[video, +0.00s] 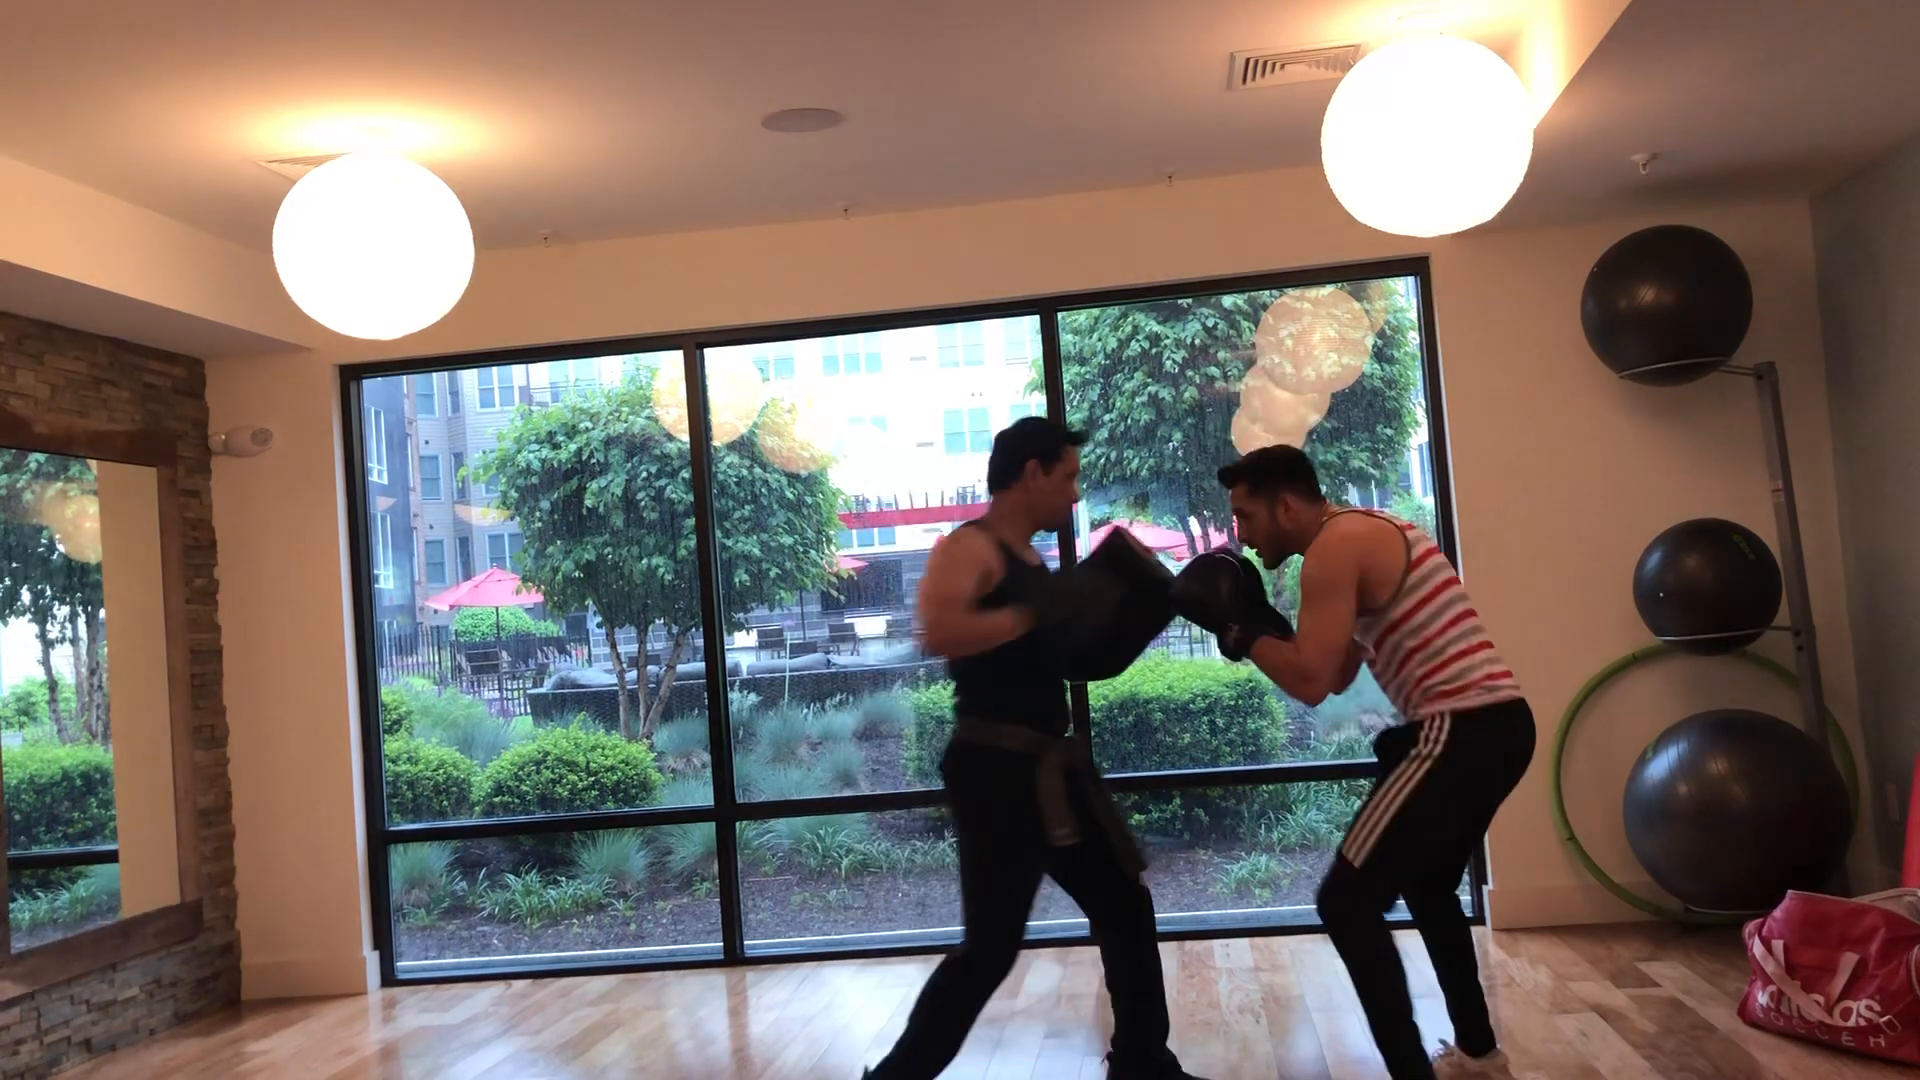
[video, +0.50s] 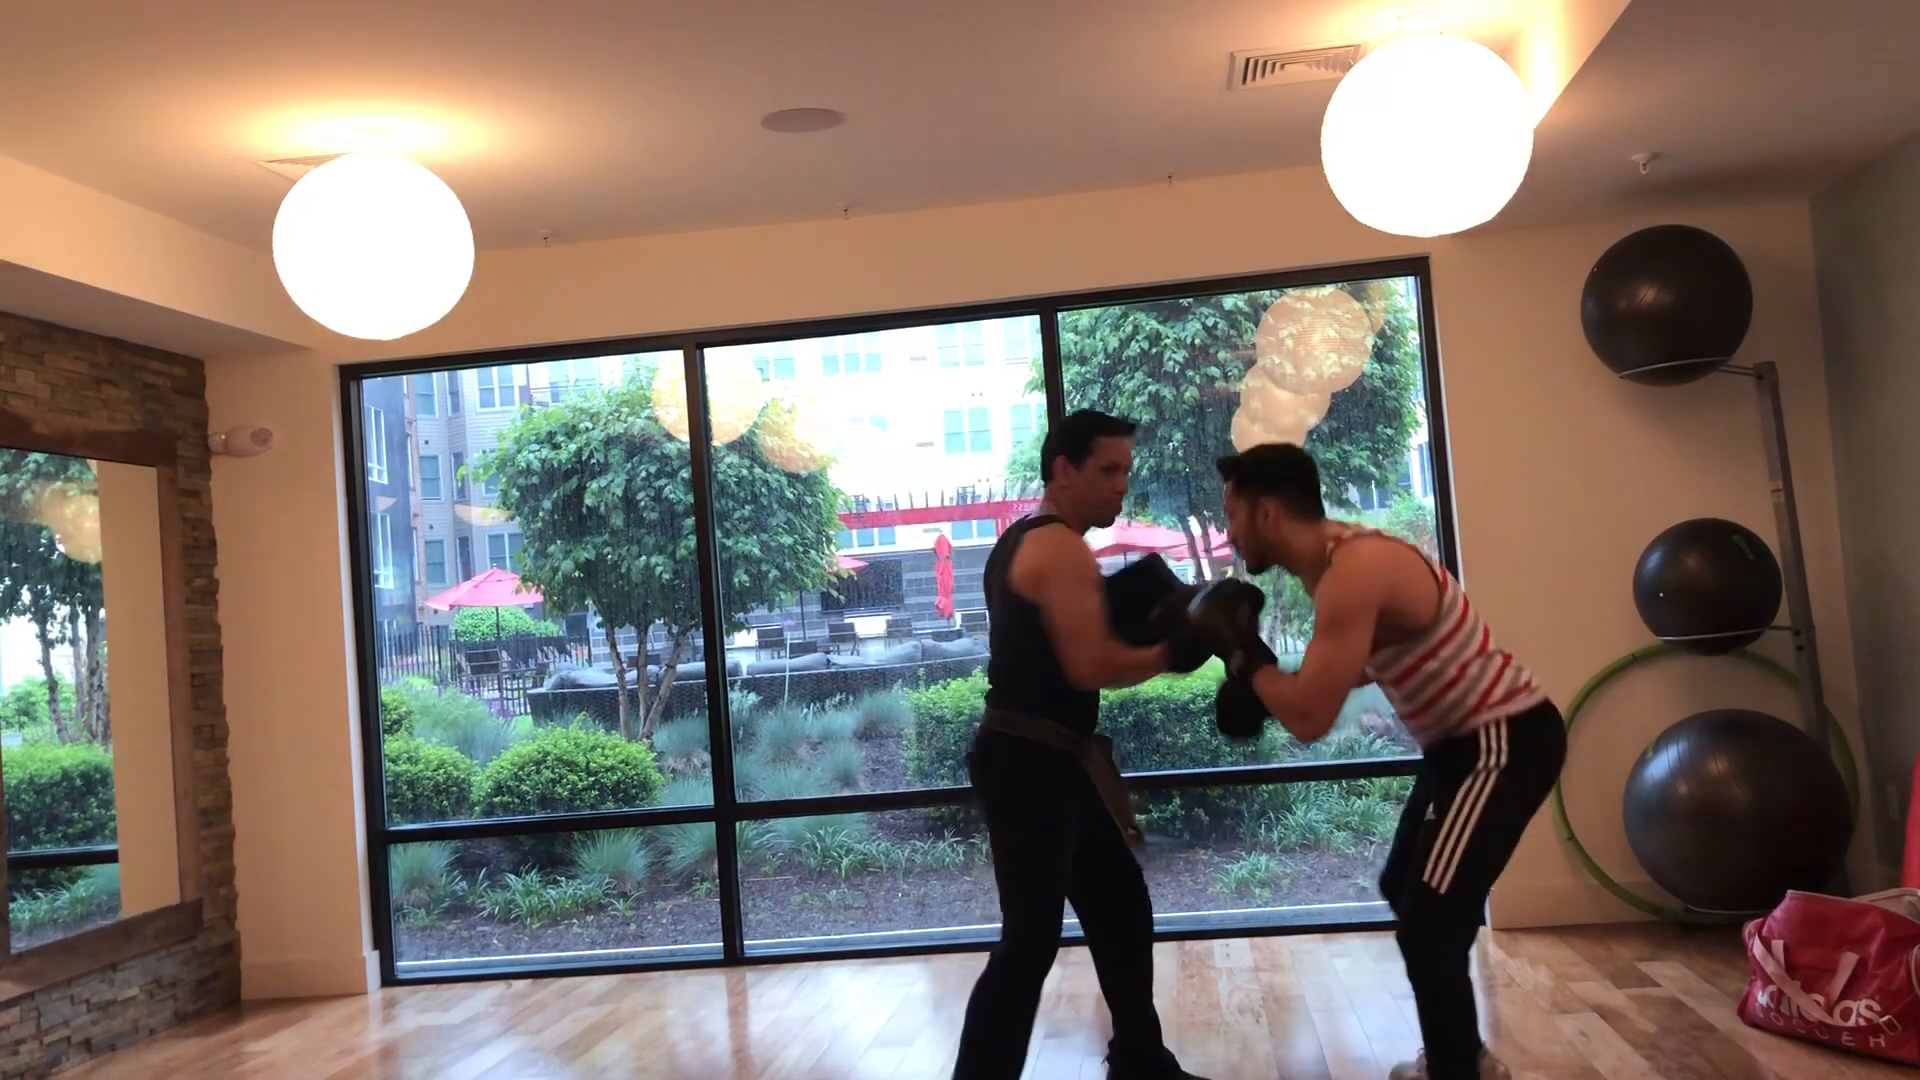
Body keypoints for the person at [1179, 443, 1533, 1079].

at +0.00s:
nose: (1241, 534)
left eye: (1243, 516)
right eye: (1236, 519)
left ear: (1286, 504)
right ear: (1296, 503)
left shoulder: (1334, 546)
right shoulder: (1375, 531)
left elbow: (1307, 680)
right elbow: (1335, 676)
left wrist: (1239, 630)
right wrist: (1257, 618)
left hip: (1459, 731)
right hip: (1498, 724)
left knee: (1344, 902)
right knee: (1429, 885)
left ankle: (1412, 1072)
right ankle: (1477, 1043)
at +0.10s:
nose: (1236, 529)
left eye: (1239, 511)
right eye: (1231, 514)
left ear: (1283, 498)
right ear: (1292, 498)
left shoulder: (1336, 550)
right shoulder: (1371, 530)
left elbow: (1293, 689)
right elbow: (1370, 664)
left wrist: (1234, 626)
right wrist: (1267, 628)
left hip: (1465, 734)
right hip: (1491, 725)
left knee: (1374, 919)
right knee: (1427, 898)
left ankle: (1423, 1070)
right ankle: (1478, 1048)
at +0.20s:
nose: (1229, 540)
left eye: (1234, 520)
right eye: (1226, 523)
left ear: (1277, 514)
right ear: (1283, 514)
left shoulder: (1352, 578)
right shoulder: (1346, 566)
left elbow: (1294, 708)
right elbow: (1299, 686)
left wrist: (1243, 627)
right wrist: (1251, 634)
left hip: (1483, 759)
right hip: (1455, 757)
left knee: (1389, 934)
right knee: (1407, 924)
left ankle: (1431, 1072)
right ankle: (1474, 1058)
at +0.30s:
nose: (1230, 552)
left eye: (1234, 535)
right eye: (1229, 536)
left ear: (1273, 536)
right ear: (1283, 534)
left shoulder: (1365, 601)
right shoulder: (1345, 593)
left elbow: (1307, 745)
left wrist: (1256, 661)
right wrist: (1273, 689)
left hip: (1494, 771)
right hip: (1451, 771)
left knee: (1388, 934)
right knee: (1393, 928)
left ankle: (1429, 1070)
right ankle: (1467, 1059)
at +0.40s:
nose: (1229, 549)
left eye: (1232, 532)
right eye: (1227, 533)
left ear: (1268, 533)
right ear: (1286, 530)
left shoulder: (1364, 597)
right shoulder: (1344, 582)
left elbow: (1317, 746)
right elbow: (1339, 704)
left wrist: (1256, 672)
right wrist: (1282, 716)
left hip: (1501, 760)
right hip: (1459, 761)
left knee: (1399, 921)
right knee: (1385, 913)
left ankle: (1450, 1068)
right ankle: (1446, 1060)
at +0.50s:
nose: (1228, 532)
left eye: (1231, 514)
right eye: (1226, 516)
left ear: (1269, 510)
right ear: (1283, 509)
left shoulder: (1359, 569)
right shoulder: (1337, 565)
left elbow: (1307, 717)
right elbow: (1373, 660)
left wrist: (1243, 648)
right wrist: (1270, 686)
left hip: (1505, 736)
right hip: (1461, 739)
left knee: (1432, 910)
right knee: (1406, 887)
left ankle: (1454, 1069)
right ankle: (1458, 1054)